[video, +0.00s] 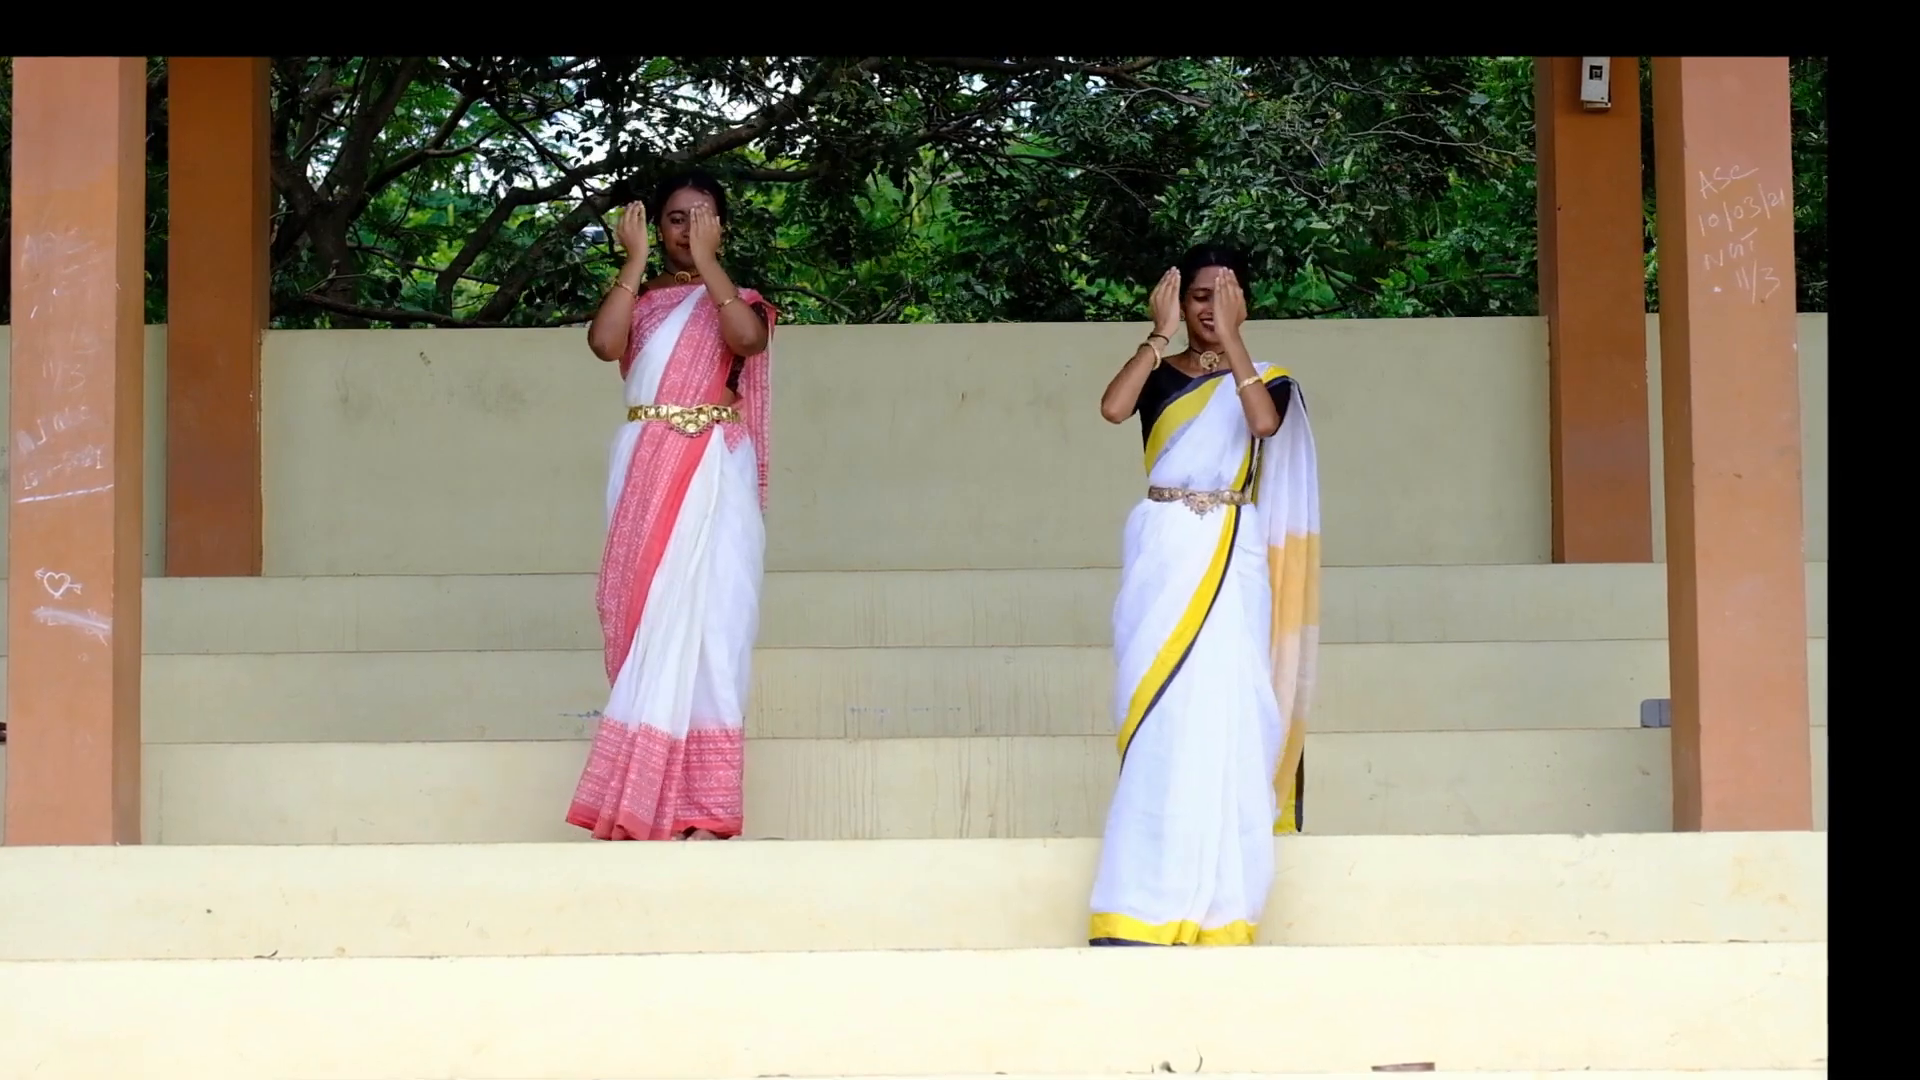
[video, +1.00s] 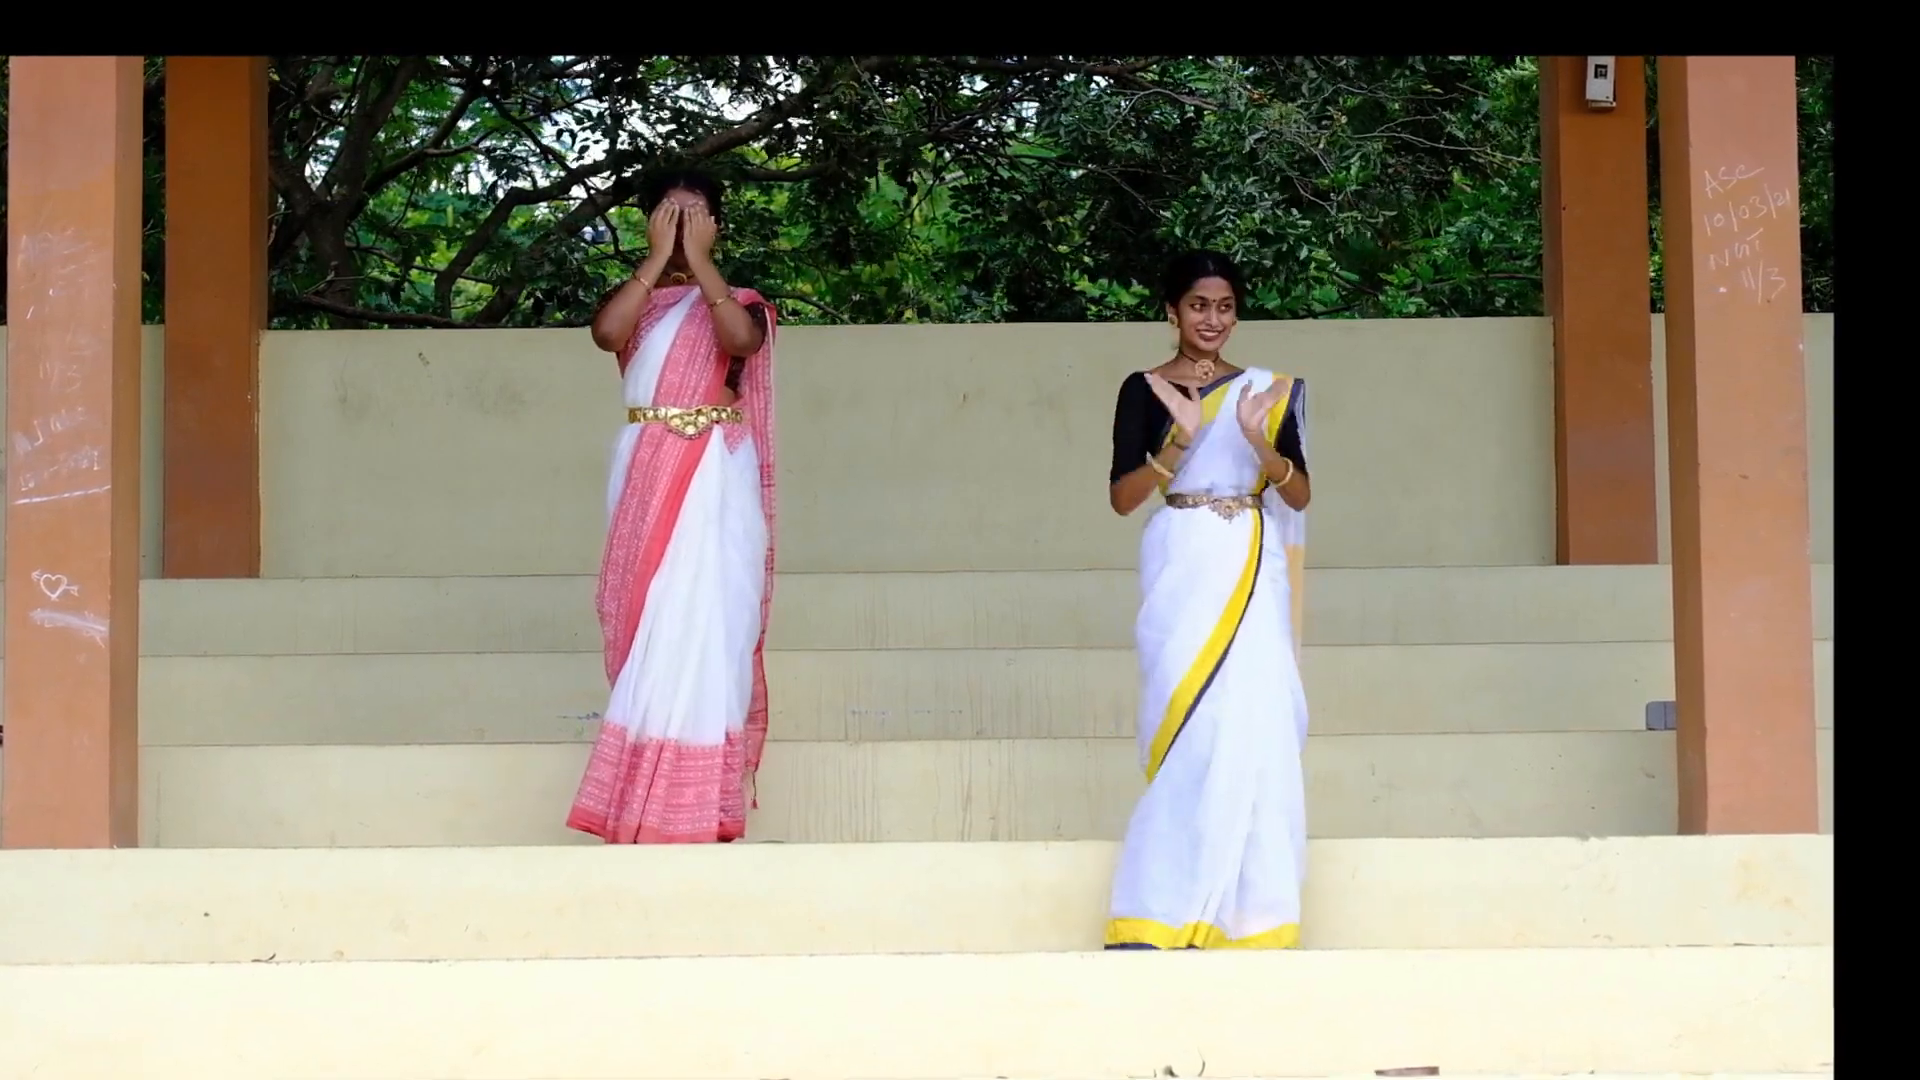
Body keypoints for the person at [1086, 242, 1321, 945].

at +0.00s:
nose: (1209, 305)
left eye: (1221, 292)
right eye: (1197, 294)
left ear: (1246, 305)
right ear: (1180, 307)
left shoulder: (1269, 381)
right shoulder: (1162, 373)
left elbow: (1263, 422)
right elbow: (1114, 406)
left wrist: (1229, 339)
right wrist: (1157, 333)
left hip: (1224, 562)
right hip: (1154, 557)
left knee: (1215, 723)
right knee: (1153, 720)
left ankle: (1213, 904)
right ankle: (1147, 902)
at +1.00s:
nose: (1213, 318)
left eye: (1224, 307)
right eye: (1200, 305)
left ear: (1236, 316)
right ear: (1174, 311)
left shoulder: (1273, 392)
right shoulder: (1145, 389)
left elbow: (1299, 496)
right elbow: (1123, 498)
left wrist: (1265, 448)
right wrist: (1178, 441)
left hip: (1255, 563)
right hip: (1183, 563)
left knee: (1254, 723)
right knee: (1186, 722)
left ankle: (1248, 908)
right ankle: (1175, 908)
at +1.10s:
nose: (1225, 320)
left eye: (1235, 309)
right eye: (1212, 307)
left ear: (1244, 318)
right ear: (1181, 312)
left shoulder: (1271, 400)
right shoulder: (1148, 395)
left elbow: (1299, 498)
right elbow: (1121, 497)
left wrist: (1261, 510)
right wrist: (1132, 520)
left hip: (1266, 572)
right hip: (1193, 570)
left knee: (1284, 722)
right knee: (1248, 726)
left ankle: (1247, 913)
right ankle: (1167, 900)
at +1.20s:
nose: (1235, 316)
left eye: (1243, 305)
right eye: (1221, 303)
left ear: (1250, 316)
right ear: (1188, 310)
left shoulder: (1271, 399)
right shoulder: (1151, 395)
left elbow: (1301, 494)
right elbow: (1115, 488)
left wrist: (1257, 518)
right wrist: (1079, 564)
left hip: (1266, 564)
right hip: (1196, 563)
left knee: (1287, 709)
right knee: (1255, 707)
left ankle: (1250, 895)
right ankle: (1223, 889)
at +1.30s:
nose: (1242, 316)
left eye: (1250, 304)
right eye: (1228, 302)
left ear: (1255, 313)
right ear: (1192, 309)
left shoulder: (1274, 396)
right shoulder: (1156, 393)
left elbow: (1305, 488)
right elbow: (1100, 486)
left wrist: (1228, 499)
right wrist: (1030, 566)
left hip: (1265, 555)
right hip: (1199, 555)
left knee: (1252, 706)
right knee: (1309, 648)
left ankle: (1246, 883)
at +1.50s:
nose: (1247, 319)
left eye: (1255, 308)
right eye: (1236, 305)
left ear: (1258, 318)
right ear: (1198, 309)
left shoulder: (1277, 398)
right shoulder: (1160, 395)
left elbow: (1304, 476)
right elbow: (1077, 480)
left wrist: (1230, 445)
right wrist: (989, 537)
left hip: (1273, 556)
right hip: (1205, 556)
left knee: (1391, 633)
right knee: (1264, 699)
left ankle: (1501, 744)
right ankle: (1233, 885)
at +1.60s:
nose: (1253, 322)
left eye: (1259, 311)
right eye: (1240, 309)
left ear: (1260, 322)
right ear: (1200, 316)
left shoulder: (1281, 405)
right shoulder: (1161, 397)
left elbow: (1312, 489)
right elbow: (1087, 484)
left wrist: (1243, 452)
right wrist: (999, 546)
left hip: (1270, 563)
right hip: (1205, 561)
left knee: (1385, 654)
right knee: (1264, 698)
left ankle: (1469, 780)